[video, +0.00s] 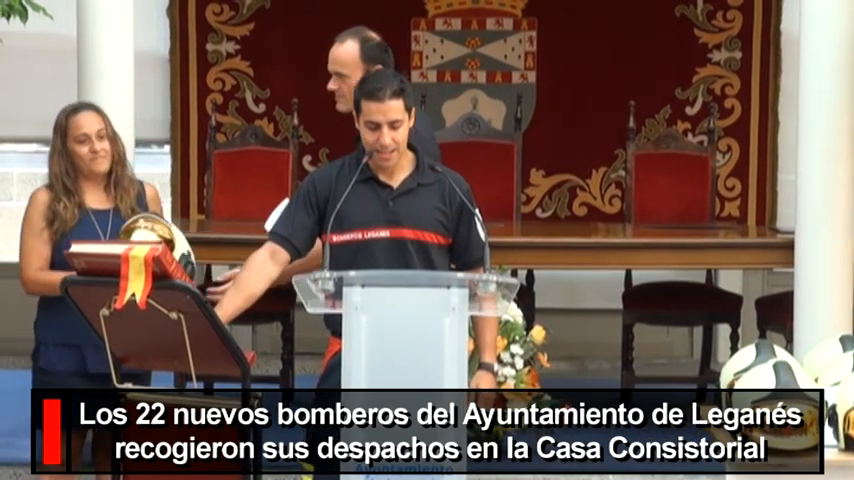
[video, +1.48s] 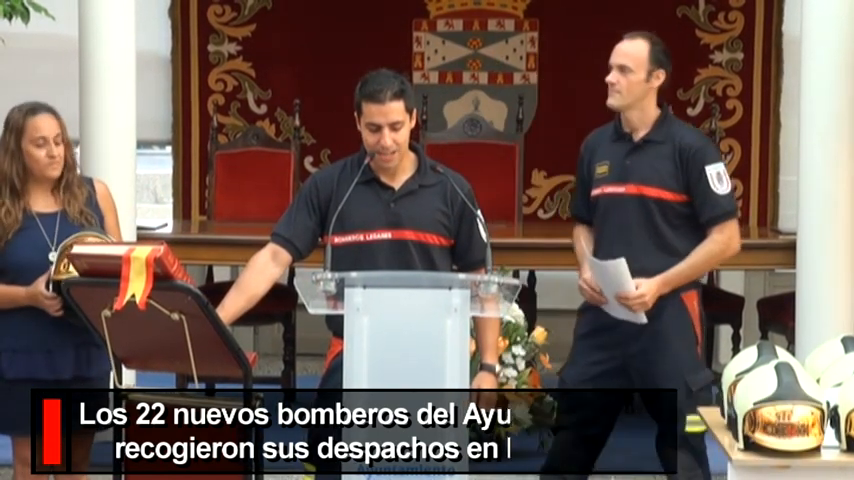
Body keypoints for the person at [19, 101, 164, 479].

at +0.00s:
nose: (97, 146)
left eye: (103, 136)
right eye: (84, 140)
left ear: (113, 140)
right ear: (65, 149)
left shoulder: (144, 195)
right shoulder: (47, 200)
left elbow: (162, 266)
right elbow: (31, 278)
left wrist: (130, 276)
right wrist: (96, 283)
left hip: (127, 354)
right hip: (64, 353)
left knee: (117, 461)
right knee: (57, 465)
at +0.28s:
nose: (72, 144)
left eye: (77, 134)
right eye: (58, 138)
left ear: (86, 139)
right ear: (39, 150)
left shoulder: (119, 193)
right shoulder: (19, 203)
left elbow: (144, 263)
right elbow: (6, 281)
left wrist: (114, 263)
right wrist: (58, 273)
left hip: (104, 351)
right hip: (42, 353)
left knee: (103, 463)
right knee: (47, 464)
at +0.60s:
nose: (54, 145)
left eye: (59, 136)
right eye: (40, 139)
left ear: (69, 142)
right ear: (19, 151)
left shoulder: (100, 197)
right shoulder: (7, 206)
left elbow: (123, 271)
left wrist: (94, 261)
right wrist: (18, 285)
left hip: (89, 360)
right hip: (22, 360)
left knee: (91, 466)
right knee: (31, 467)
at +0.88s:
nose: (47, 141)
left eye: (51, 133)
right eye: (33, 136)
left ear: (61, 141)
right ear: (11, 149)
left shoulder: (91, 194)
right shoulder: (4, 204)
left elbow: (114, 269)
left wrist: (74, 280)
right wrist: (25, 290)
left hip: (82, 359)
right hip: (18, 359)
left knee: (81, 466)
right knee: (27, 467)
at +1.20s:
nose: (48, 142)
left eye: (51, 133)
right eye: (33, 136)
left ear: (60, 139)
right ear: (11, 149)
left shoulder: (91, 191)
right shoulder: (4, 205)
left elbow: (118, 265)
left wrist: (80, 282)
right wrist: (26, 294)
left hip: (84, 360)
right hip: (20, 362)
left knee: (77, 465)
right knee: (29, 466)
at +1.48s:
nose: (53, 151)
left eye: (58, 141)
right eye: (40, 143)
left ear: (67, 144)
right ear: (16, 151)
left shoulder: (94, 193)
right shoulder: (6, 206)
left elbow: (118, 269)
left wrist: (81, 284)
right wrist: (26, 295)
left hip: (86, 361)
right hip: (21, 362)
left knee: (77, 466)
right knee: (29, 466)